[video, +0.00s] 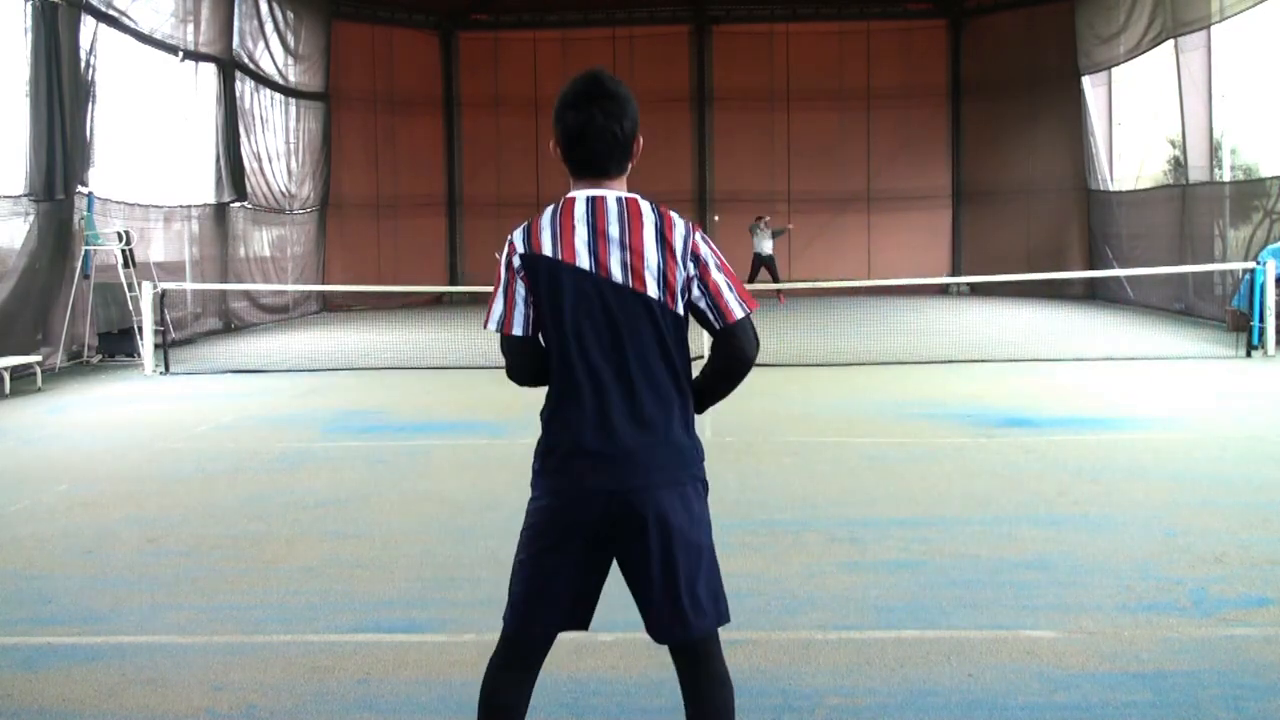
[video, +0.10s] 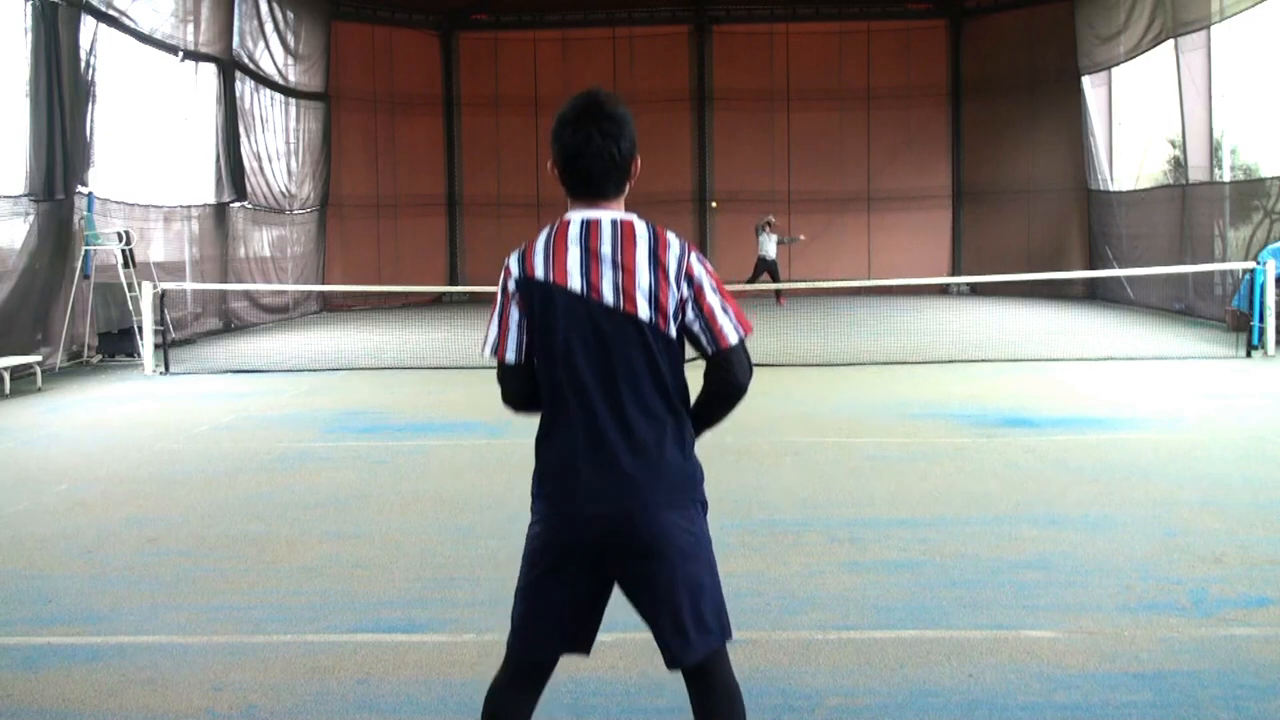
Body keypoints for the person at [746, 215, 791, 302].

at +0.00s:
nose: (762, 224)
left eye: (763, 222)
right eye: (760, 222)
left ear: (765, 223)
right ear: (757, 223)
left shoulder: (770, 232)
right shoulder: (755, 232)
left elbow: (779, 232)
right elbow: (753, 228)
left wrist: (786, 229)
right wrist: (763, 220)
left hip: (768, 255)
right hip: (758, 255)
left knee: (775, 276)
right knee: (752, 276)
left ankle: (779, 293)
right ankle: (747, 293)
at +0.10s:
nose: (766, 228)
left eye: (767, 226)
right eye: (765, 227)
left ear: (770, 228)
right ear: (763, 228)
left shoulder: (774, 237)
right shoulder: (761, 235)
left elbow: (785, 239)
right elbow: (758, 227)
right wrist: (767, 220)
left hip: (772, 260)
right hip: (762, 259)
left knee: (777, 281)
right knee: (754, 278)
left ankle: (779, 299)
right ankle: (742, 289)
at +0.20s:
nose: (771, 232)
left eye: (773, 230)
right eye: (770, 230)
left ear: (775, 232)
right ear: (767, 232)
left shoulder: (777, 242)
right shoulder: (765, 239)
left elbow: (785, 249)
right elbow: (762, 230)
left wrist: (794, 250)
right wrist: (768, 223)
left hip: (774, 264)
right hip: (765, 263)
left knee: (779, 282)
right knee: (757, 280)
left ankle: (778, 300)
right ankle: (745, 291)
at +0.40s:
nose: (772, 232)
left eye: (773, 230)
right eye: (770, 230)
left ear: (775, 232)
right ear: (768, 231)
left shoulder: (777, 242)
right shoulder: (764, 239)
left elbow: (778, 252)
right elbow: (760, 235)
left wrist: (778, 261)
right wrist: (766, 226)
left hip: (773, 263)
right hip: (763, 262)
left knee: (778, 281)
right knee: (760, 280)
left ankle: (778, 299)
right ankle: (752, 297)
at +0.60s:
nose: (764, 232)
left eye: (766, 230)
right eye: (762, 230)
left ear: (767, 231)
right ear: (759, 231)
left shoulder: (769, 242)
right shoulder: (756, 240)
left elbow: (771, 251)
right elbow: (749, 248)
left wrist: (772, 259)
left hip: (767, 263)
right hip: (758, 263)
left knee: (773, 282)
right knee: (761, 282)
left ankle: (774, 299)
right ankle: (758, 300)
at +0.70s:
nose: (760, 231)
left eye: (761, 229)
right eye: (758, 229)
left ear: (763, 230)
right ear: (755, 231)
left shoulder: (766, 241)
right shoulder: (752, 240)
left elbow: (769, 250)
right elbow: (745, 249)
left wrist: (768, 253)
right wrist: (752, 252)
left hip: (764, 262)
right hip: (755, 263)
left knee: (768, 281)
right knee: (759, 281)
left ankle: (765, 298)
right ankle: (758, 299)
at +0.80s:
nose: (756, 228)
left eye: (757, 226)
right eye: (754, 226)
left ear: (760, 227)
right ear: (751, 227)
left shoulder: (763, 237)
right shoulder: (747, 237)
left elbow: (768, 249)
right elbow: (742, 248)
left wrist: (761, 250)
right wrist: (747, 253)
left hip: (761, 260)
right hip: (751, 260)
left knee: (760, 279)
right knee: (753, 279)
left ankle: (756, 296)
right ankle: (753, 297)